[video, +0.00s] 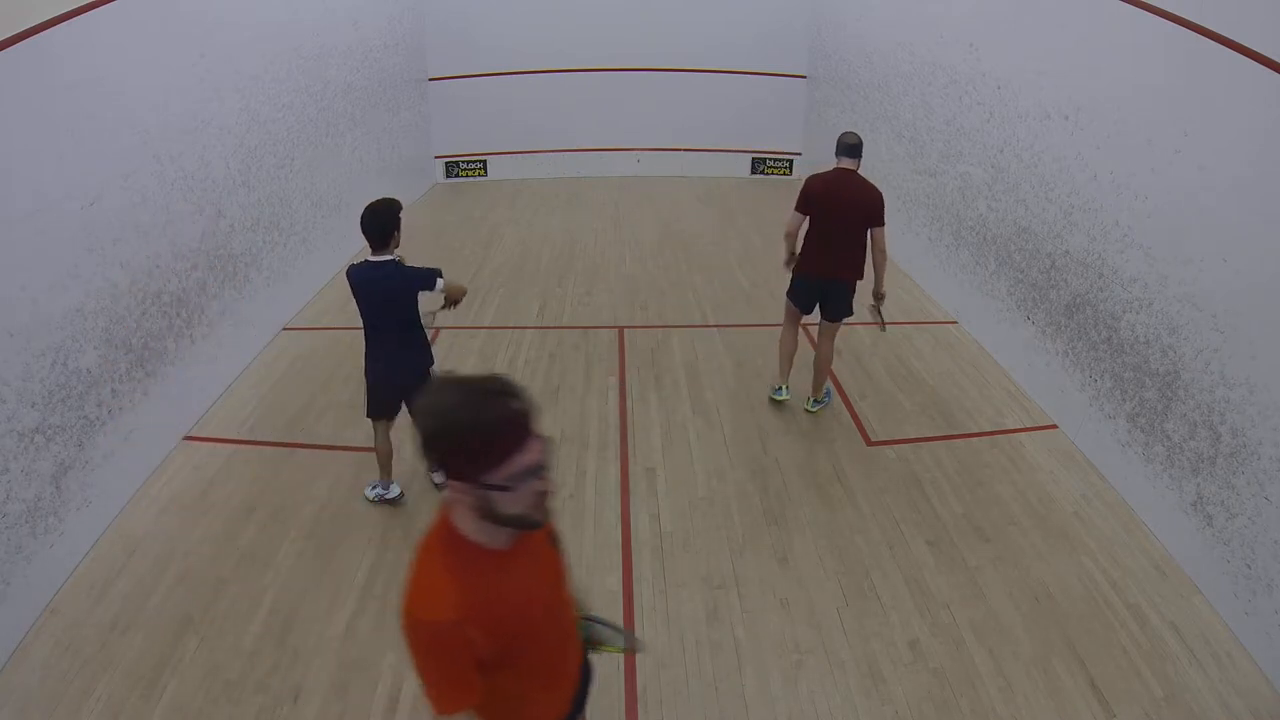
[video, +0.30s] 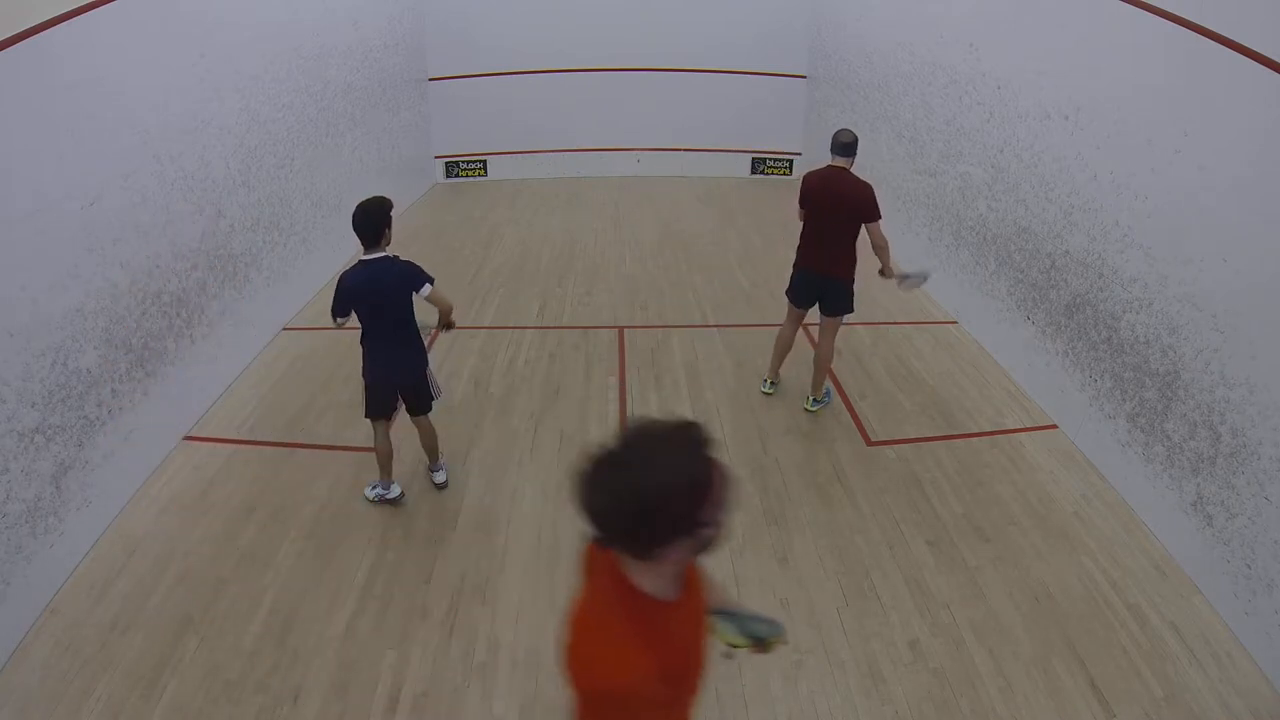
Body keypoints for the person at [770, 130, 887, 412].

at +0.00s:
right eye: (857, 156)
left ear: (835, 153)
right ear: (861, 157)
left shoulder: (815, 183)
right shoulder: (872, 194)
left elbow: (791, 230)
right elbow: (879, 249)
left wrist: (790, 254)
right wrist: (879, 286)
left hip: (808, 272)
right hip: (843, 279)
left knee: (791, 322)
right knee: (826, 339)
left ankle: (782, 386)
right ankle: (815, 396)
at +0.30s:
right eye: (853, 151)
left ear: (831, 150)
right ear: (855, 154)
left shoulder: (811, 179)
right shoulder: (862, 190)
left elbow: (803, 216)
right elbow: (877, 240)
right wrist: (886, 267)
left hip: (806, 268)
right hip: (839, 275)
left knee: (791, 323)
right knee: (827, 338)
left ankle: (770, 378)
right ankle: (815, 395)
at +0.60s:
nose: (853, 156)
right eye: (854, 152)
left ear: (829, 150)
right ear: (853, 154)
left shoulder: (810, 177)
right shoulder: (851, 189)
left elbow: (799, 218)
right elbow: (870, 236)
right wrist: (903, 231)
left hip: (801, 264)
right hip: (834, 269)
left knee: (791, 317)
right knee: (850, 314)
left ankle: (770, 378)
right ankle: (847, 374)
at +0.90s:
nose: (878, 166)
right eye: (878, 163)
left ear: (854, 160)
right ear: (876, 168)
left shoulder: (838, 180)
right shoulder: (867, 201)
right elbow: (891, 239)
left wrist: (877, 195)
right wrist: (926, 217)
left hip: (821, 262)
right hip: (853, 269)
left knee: (801, 306)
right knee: (862, 314)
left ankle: (774, 360)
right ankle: (861, 366)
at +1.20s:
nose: (884, 157)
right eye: (885, 154)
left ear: (861, 153)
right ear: (885, 159)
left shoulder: (843, 172)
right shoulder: (886, 195)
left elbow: (816, 185)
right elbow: (922, 215)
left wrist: (816, 165)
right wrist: (929, 193)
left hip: (827, 257)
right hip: (860, 266)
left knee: (810, 306)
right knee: (863, 313)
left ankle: (790, 365)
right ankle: (861, 365)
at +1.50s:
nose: (821, 151)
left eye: (820, 147)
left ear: (819, 153)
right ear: (843, 152)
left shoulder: (826, 191)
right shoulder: (851, 178)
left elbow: (810, 238)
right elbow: (846, 220)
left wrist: (776, 223)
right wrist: (818, 243)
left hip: (833, 263)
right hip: (857, 258)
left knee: (800, 313)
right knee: (855, 307)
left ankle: (807, 379)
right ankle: (866, 362)